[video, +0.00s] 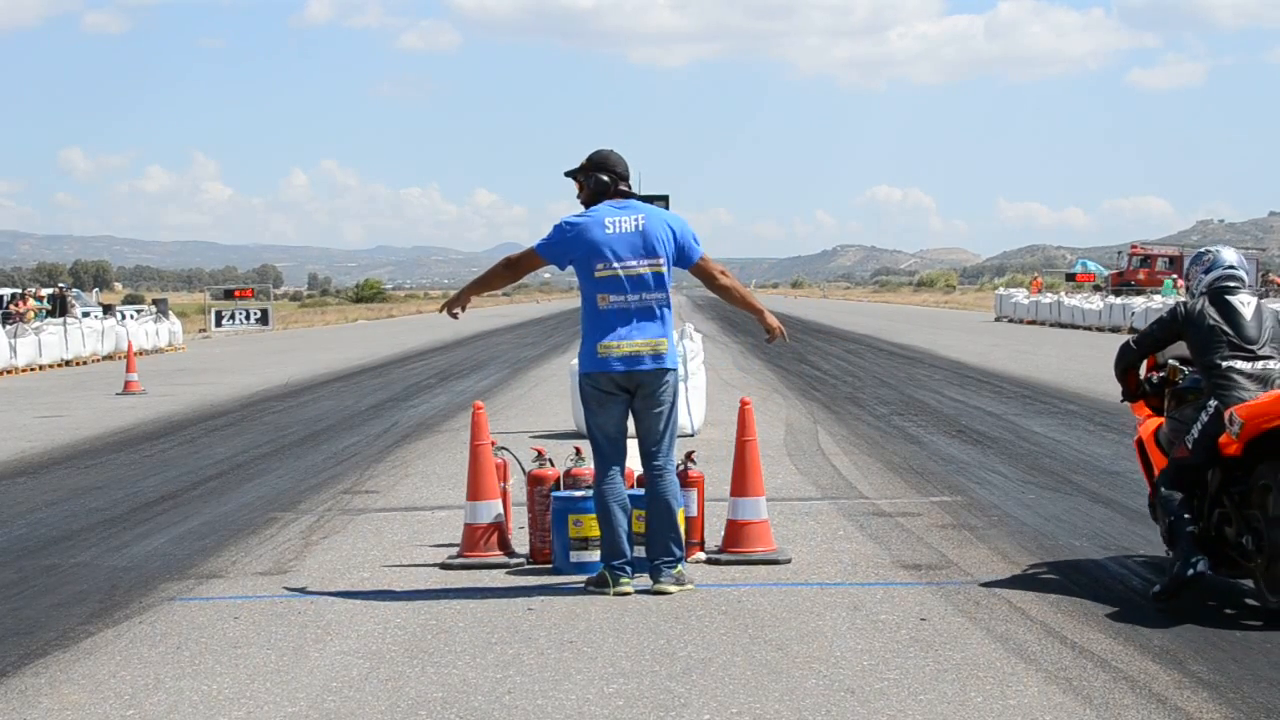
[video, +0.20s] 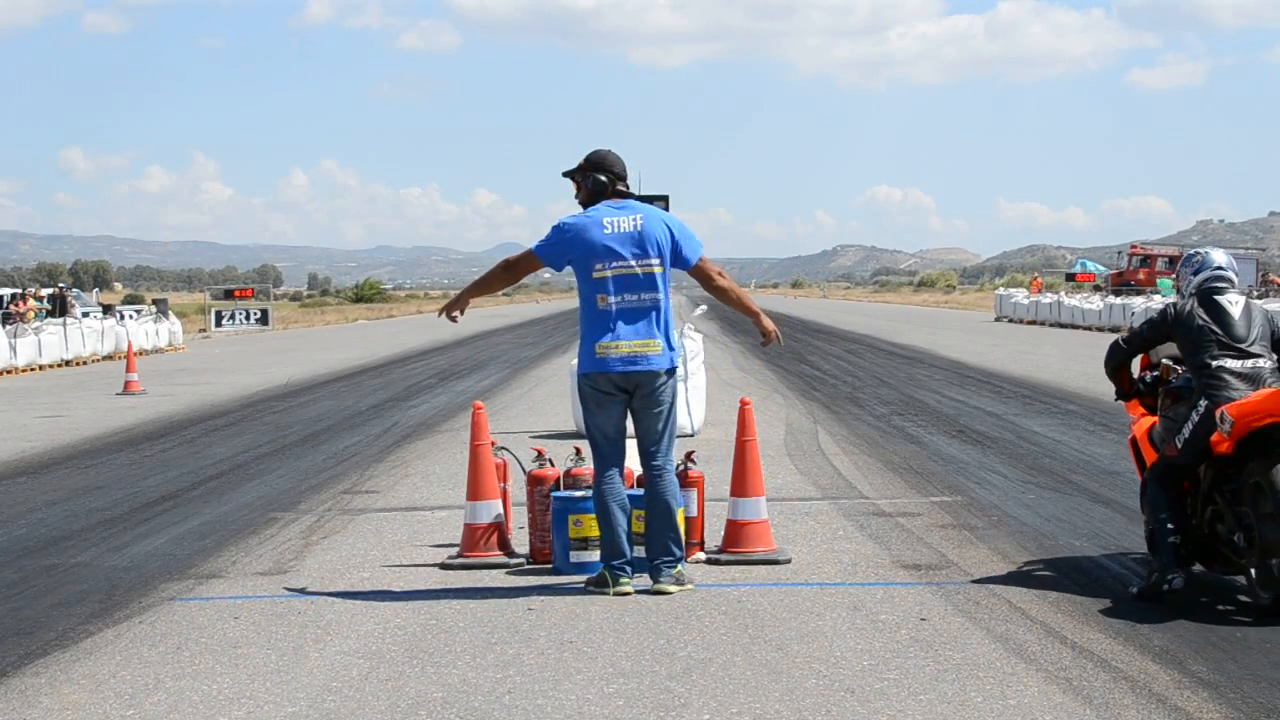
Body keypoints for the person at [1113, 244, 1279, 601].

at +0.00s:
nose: (1188, 283)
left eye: (1191, 276)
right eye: (1189, 277)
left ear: (1201, 274)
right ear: (1241, 273)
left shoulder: (1192, 309)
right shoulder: (1268, 308)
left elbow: (1131, 350)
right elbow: (1259, 353)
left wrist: (1132, 386)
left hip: (1230, 402)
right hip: (1273, 397)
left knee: (1170, 484)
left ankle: (1187, 556)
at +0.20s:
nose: (1179, 283)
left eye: (1180, 277)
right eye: (1180, 278)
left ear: (1188, 276)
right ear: (1232, 275)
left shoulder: (1181, 310)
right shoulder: (1262, 310)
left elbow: (1119, 350)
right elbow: (1276, 348)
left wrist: (1126, 387)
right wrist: (1254, 362)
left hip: (1219, 405)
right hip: (1269, 398)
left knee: (1159, 477)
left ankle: (1165, 567)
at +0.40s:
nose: (1171, 284)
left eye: (1172, 278)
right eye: (1172, 278)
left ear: (1179, 277)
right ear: (1222, 275)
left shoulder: (1169, 311)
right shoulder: (1253, 309)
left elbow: (1109, 354)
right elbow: (1277, 343)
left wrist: (1123, 391)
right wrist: (1265, 366)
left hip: (1212, 402)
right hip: (1264, 392)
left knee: (1161, 481)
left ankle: (1165, 569)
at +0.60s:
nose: (1164, 283)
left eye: (1165, 277)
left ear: (1172, 276)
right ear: (1214, 275)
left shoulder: (1163, 311)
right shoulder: (1244, 309)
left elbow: (1101, 356)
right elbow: (1275, 346)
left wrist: (1116, 387)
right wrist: (1264, 370)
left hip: (1206, 401)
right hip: (1258, 392)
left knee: (1162, 477)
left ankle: (1164, 568)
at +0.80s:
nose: (1162, 284)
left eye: (1163, 278)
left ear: (1168, 278)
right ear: (1212, 276)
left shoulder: (1159, 312)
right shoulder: (1241, 309)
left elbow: (1100, 354)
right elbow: (1274, 346)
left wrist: (1108, 380)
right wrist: (1262, 374)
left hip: (1200, 399)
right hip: (1253, 391)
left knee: (1158, 476)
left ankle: (1163, 560)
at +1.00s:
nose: (1162, 286)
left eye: (1164, 280)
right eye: (1163, 280)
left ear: (1172, 279)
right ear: (1212, 276)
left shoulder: (1162, 311)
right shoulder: (1241, 311)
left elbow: (1107, 351)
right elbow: (1250, 350)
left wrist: (1111, 380)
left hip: (1199, 402)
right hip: (1244, 400)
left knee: (1149, 478)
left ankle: (1165, 546)